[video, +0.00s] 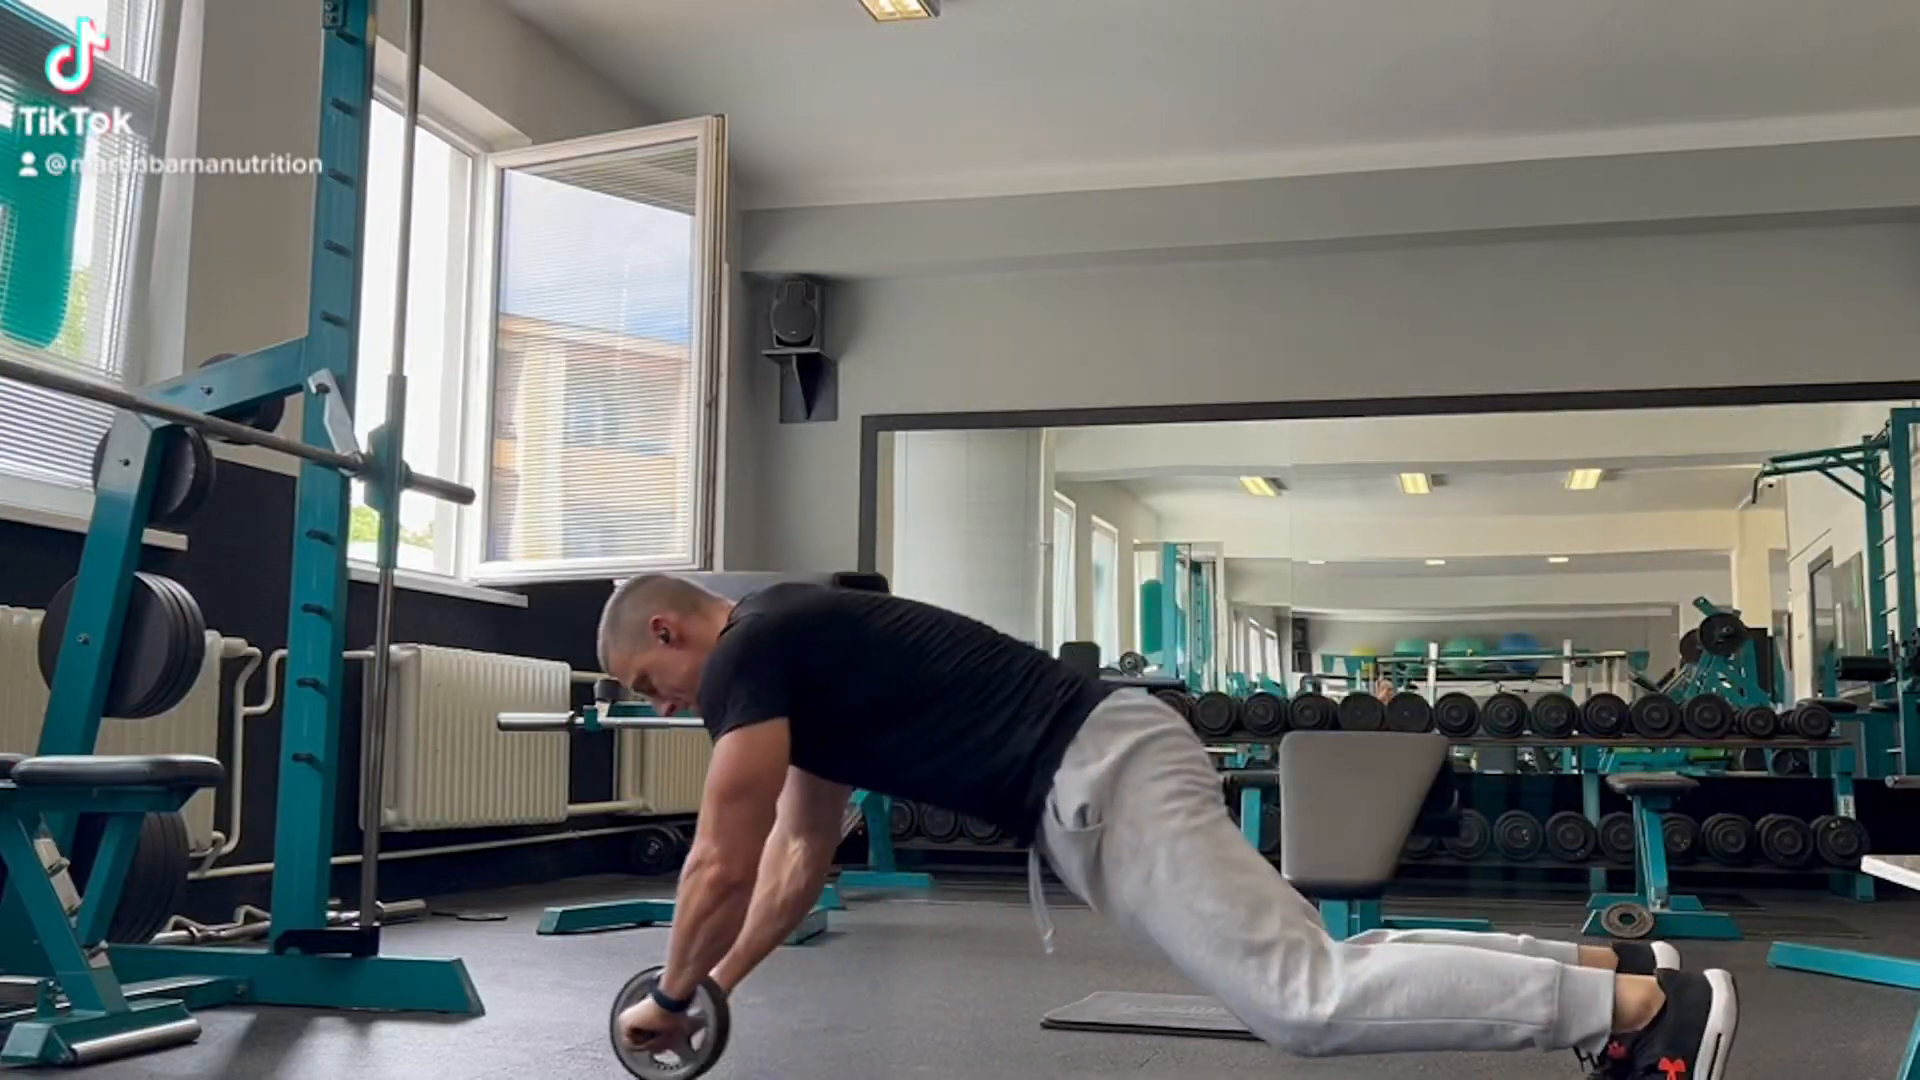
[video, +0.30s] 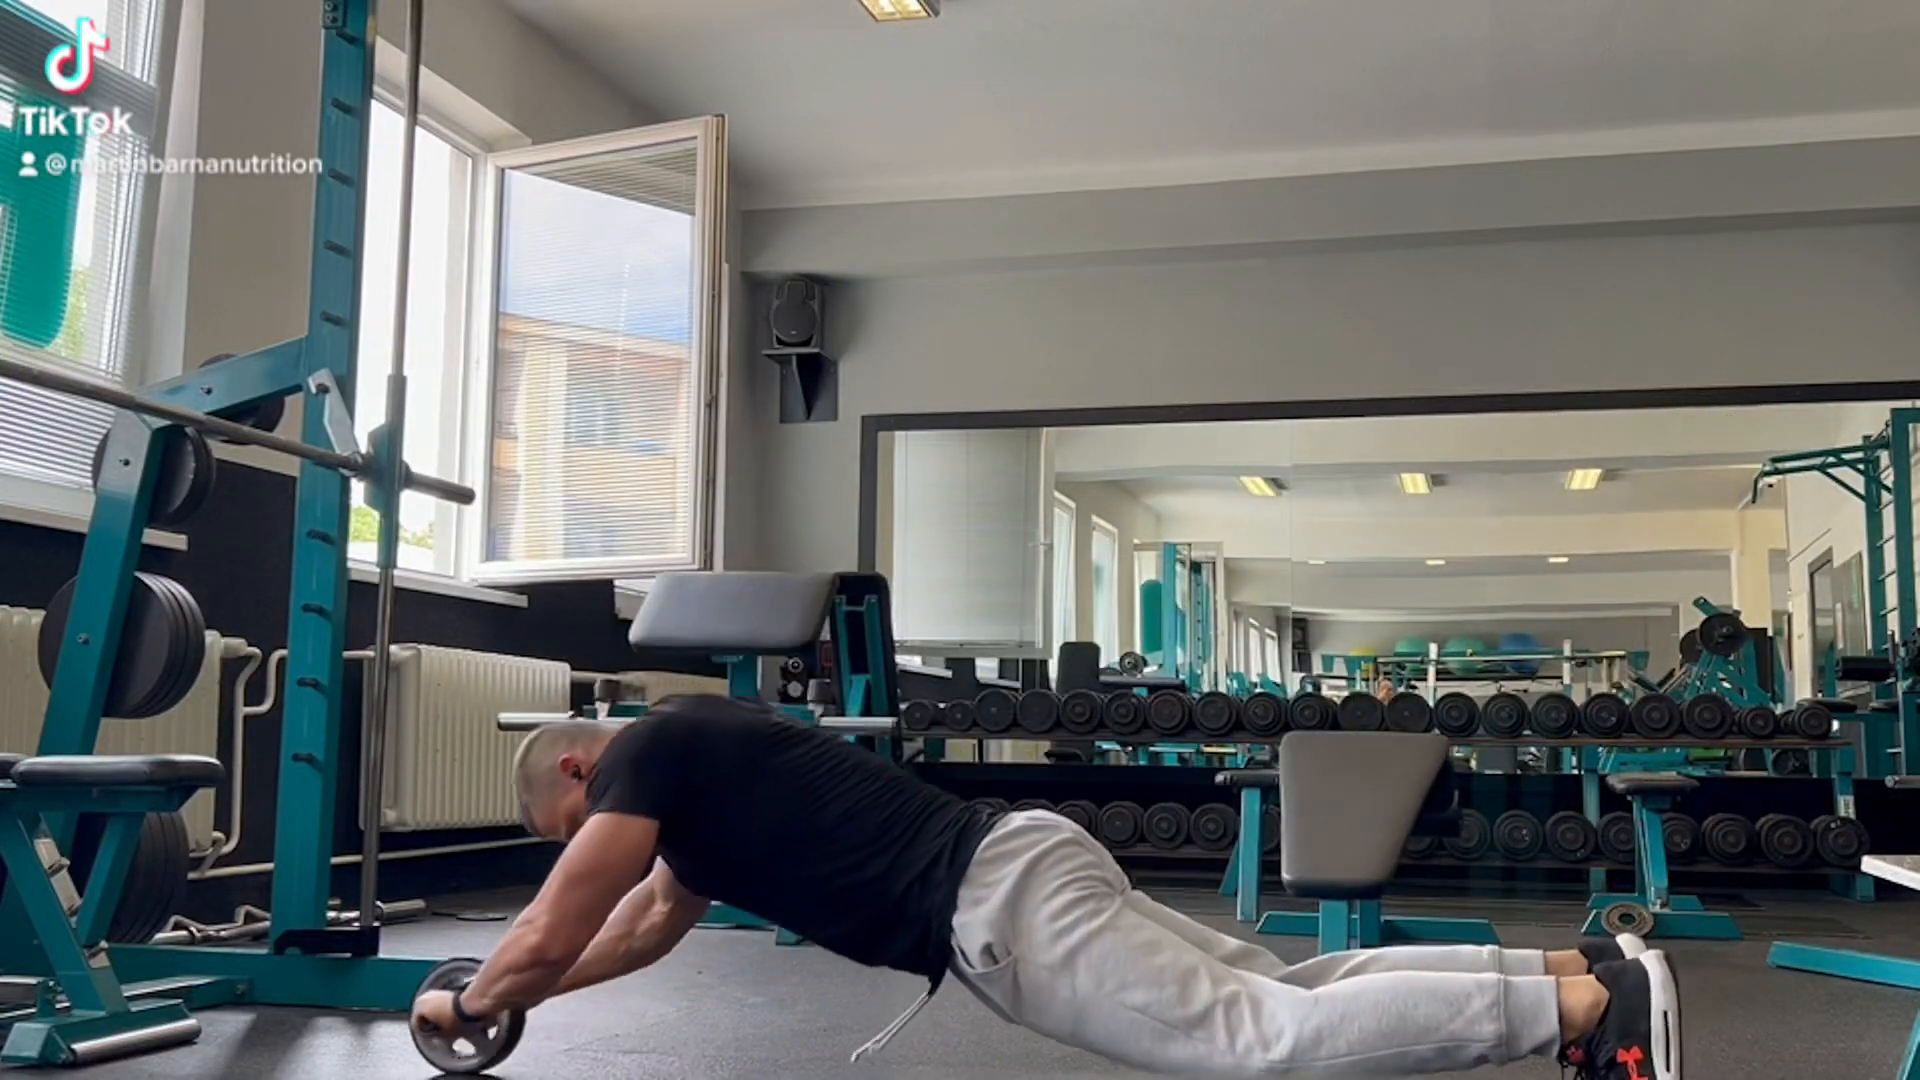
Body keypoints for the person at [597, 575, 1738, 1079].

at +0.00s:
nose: (661, 709)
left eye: (647, 682)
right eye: (647, 696)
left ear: (676, 624)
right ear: (696, 624)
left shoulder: (762, 646)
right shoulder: (809, 660)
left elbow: (723, 854)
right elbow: (792, 865)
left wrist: (672, 990)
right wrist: (701, 993)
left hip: (1103, 758)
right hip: (1085, 789)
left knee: (1304, 987)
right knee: (1291, 983)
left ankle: (1635, 1001)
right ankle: (1598, 982)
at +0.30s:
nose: (563, 820)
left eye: (554, 797)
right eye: (556, 808)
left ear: (577, 755)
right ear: (614, 754)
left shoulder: (659, 750)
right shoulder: (704, 774)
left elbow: (545, 944)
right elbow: (643, 933)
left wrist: (472, 1002)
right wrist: (515, 998)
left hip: (1004, 898)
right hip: (1021, 871)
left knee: (1252, 1031)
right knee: (1267, 988)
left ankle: (1578, 996)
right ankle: (1564, 990)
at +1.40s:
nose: (607, 825)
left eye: (588, 803)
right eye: (597, 811)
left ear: (589, 751)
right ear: (621, 736)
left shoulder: (670, 713)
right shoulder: (742, 722)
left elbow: (642, 923)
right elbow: (721, 917)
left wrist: (595, 1010)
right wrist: (626, 990)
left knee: (1257, 1042)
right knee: (1291, 978)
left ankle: (1576, 998)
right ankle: (1574, 973)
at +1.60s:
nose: (676, 762)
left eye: (655, 744)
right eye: (663, 757)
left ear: (658, 678)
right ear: (685, 686)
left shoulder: (754, 637)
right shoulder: (819, 668)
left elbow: (783, 845)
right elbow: (851, 856)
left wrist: (768, 992)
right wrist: (798, 989)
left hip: (1107, 698)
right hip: (1110, 714)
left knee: (1315, 924)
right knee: (1326, 902)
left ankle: (1634, 995)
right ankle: (1620, 978)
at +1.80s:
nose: (829, 746)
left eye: (802, 735)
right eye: (810, 743)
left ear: (792, 670)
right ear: (810, 662)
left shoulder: (892, 618)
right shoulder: (916, 639)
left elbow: (940, 837)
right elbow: (983, 837)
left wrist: (940, 990)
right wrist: (951, 986)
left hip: (1239, 583)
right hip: (1225, 621)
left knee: (1420, 839)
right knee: (1364, 838)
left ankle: (1694, 1015)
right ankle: (1638, 973)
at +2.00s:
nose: (981, 746)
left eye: (952, 731)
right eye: (955, 742)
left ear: (958, 662)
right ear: (962, 652)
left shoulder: (1065, 614)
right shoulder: (1066, 620)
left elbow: (1124, 840)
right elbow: (1137, 836)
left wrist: (1120, 1004)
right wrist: (1123, 991)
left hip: (1394, 526)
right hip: (1386, 534)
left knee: (1499, 822)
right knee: (1491, 819)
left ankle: (1742, 1040)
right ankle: (1680, 1010)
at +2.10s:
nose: (1061, 749)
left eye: (1033, 737)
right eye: (1037, 748)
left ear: (1032, 670)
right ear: (1037, 654)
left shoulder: (1144, 612)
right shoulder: (1145, 614)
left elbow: (1232, 835)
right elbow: (1229, 823)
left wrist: (1247, 1008)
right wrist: (1246, 996)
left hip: (1466, 499)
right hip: (1455, 510)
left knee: (1532, 803)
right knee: (1517, 802)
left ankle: (1750, 1047)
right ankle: (1693, 1018)